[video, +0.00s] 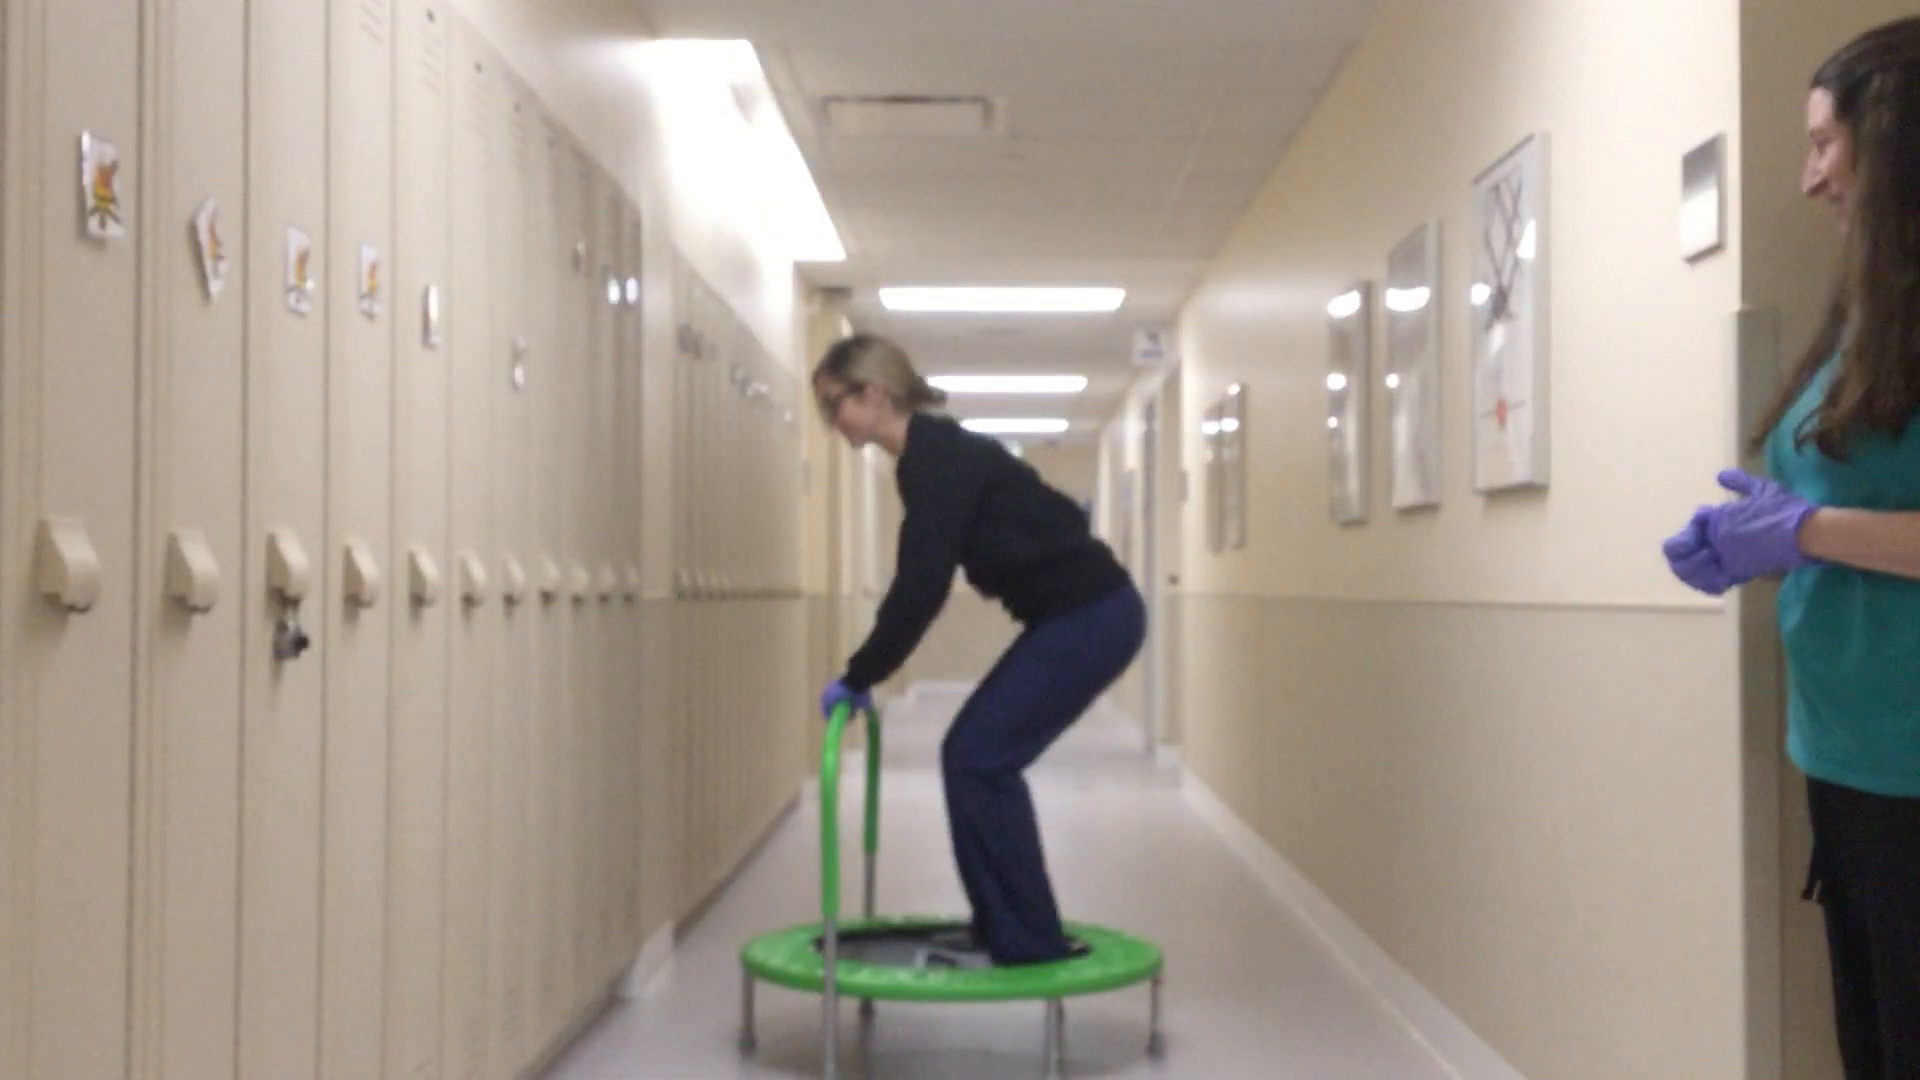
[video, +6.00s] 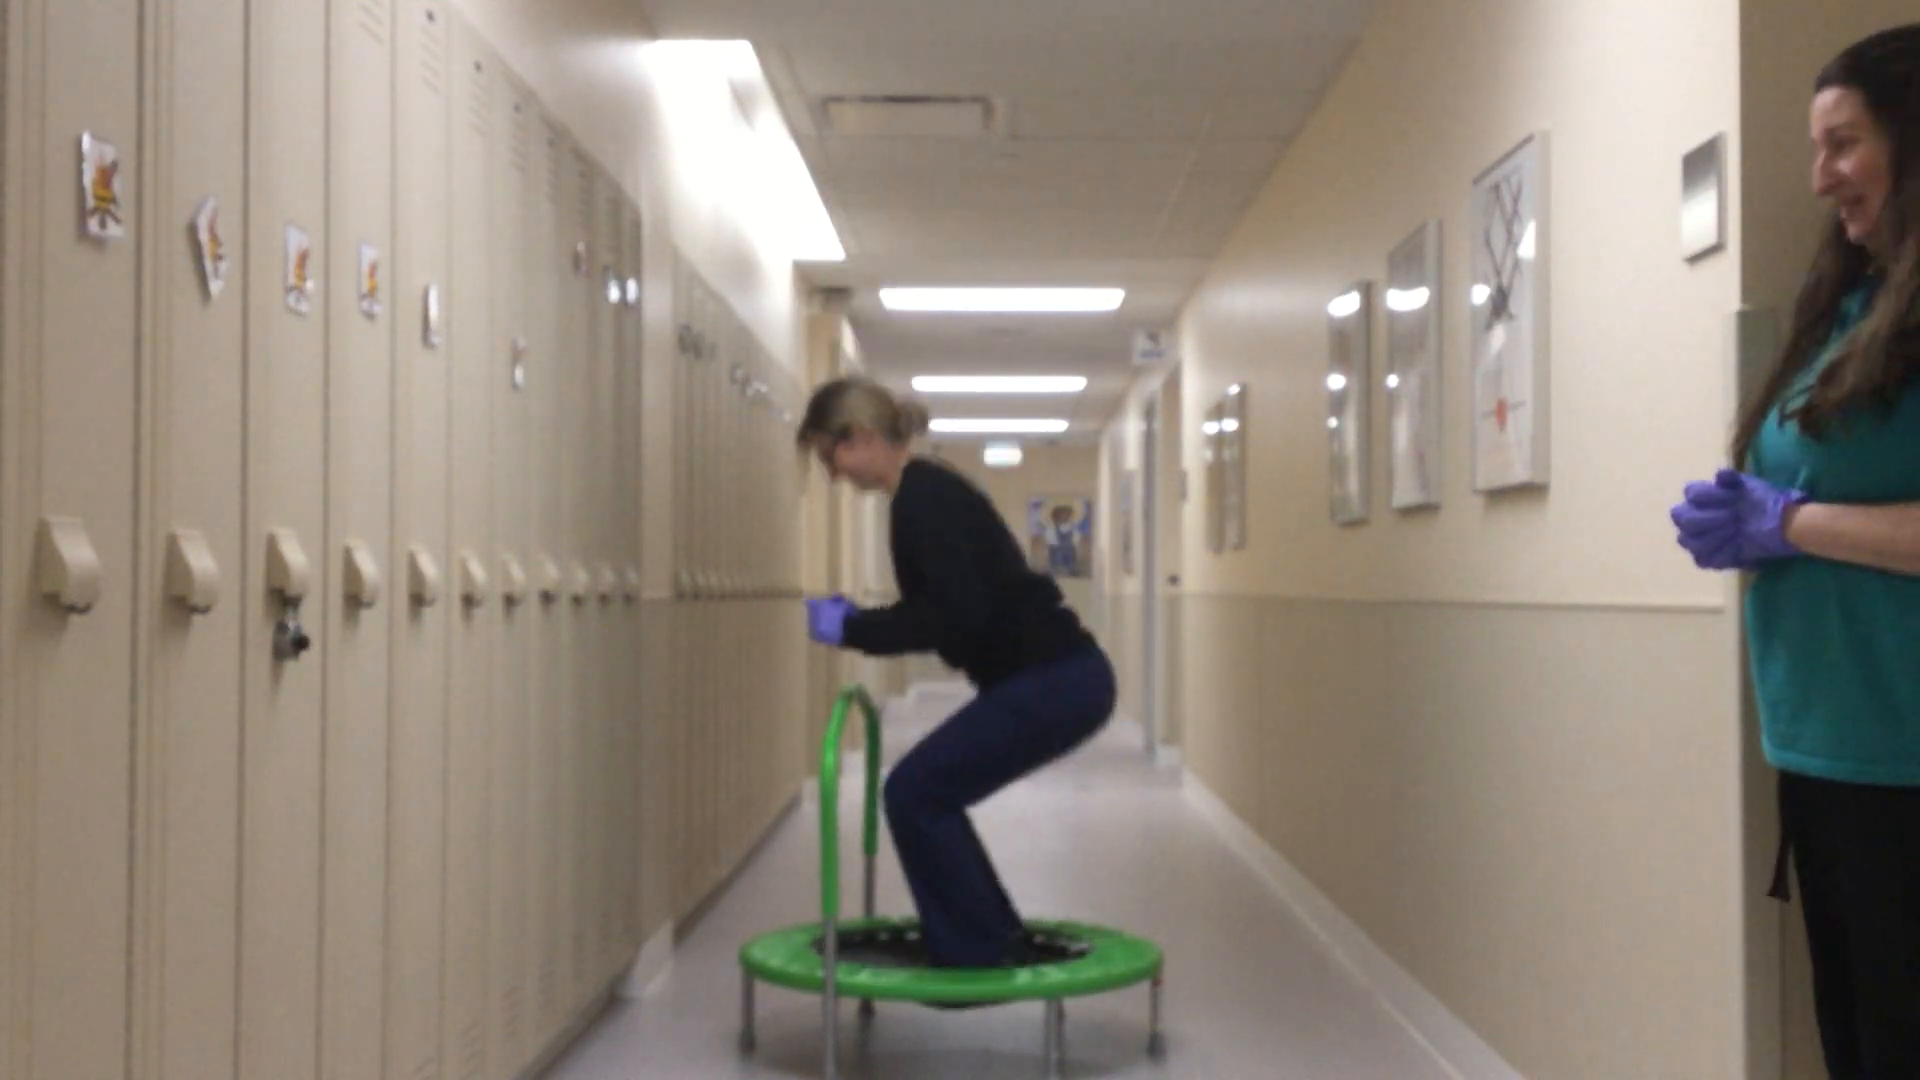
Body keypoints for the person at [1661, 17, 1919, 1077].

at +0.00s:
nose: (1810, 174)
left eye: (1827, 142)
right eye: (1811, 144)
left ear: (1894, 144)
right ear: (1879, 151)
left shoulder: (1910, 328)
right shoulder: (1859, 322)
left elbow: (1919, 536)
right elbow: (1836, 494)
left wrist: (1805, 532)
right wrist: (1767, 510)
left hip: (1906, 768)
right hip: (1842, 759)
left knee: (1904, 1044)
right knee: (1867, 1043)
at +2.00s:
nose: (1849, 182)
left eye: (1864, 151)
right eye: (1853, 151)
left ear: (1913, 159)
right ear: (1886, 161)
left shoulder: (1911, 341)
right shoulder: (1870, 334)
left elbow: (1916, 550)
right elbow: (1850, 508)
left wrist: (1787, 529)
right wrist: (1738, 536)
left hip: (1883, 762)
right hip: (1797, 749)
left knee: (1874, 1039)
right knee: (1807, 1031)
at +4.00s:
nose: (1885, 154)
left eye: (1910, 128)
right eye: (1863, 130)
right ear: (1837, 152)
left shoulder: (1918, 296)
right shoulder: (1843, 300)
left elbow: (1915, 519)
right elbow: (1808, 457)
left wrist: (1800, 515)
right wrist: (1759, 487)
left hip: (1899, 745)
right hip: (1823, 738)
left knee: (1896, 1029)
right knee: (1856, 1030)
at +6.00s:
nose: (1824, 172)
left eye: (1846, 141)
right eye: (1816, 148)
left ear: (1914, 143)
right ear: (1821, 159)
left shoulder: (1917, 302)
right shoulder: (1837, 301)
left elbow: (1914, 529)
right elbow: (1795, 460)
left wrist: (1790, 522)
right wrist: (1747, 502)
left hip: (1896, 742)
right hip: (1815, 732)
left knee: (1894, 1032)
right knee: (1850, 1027)